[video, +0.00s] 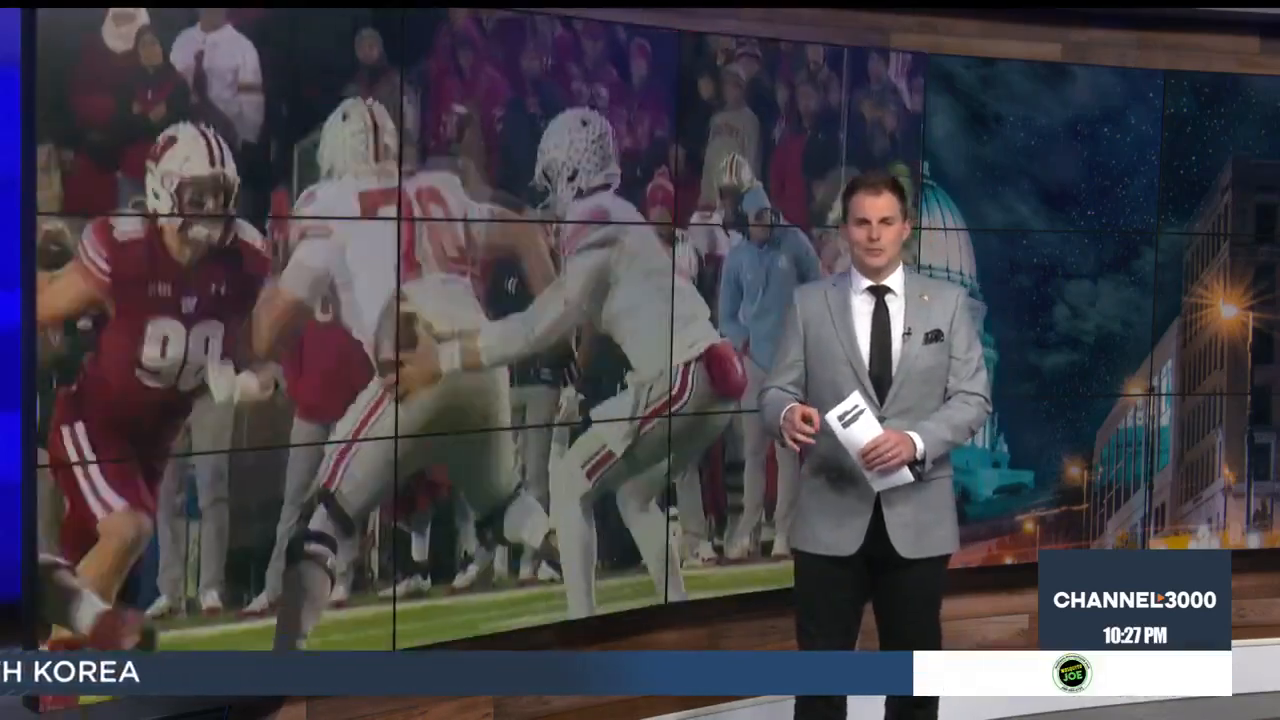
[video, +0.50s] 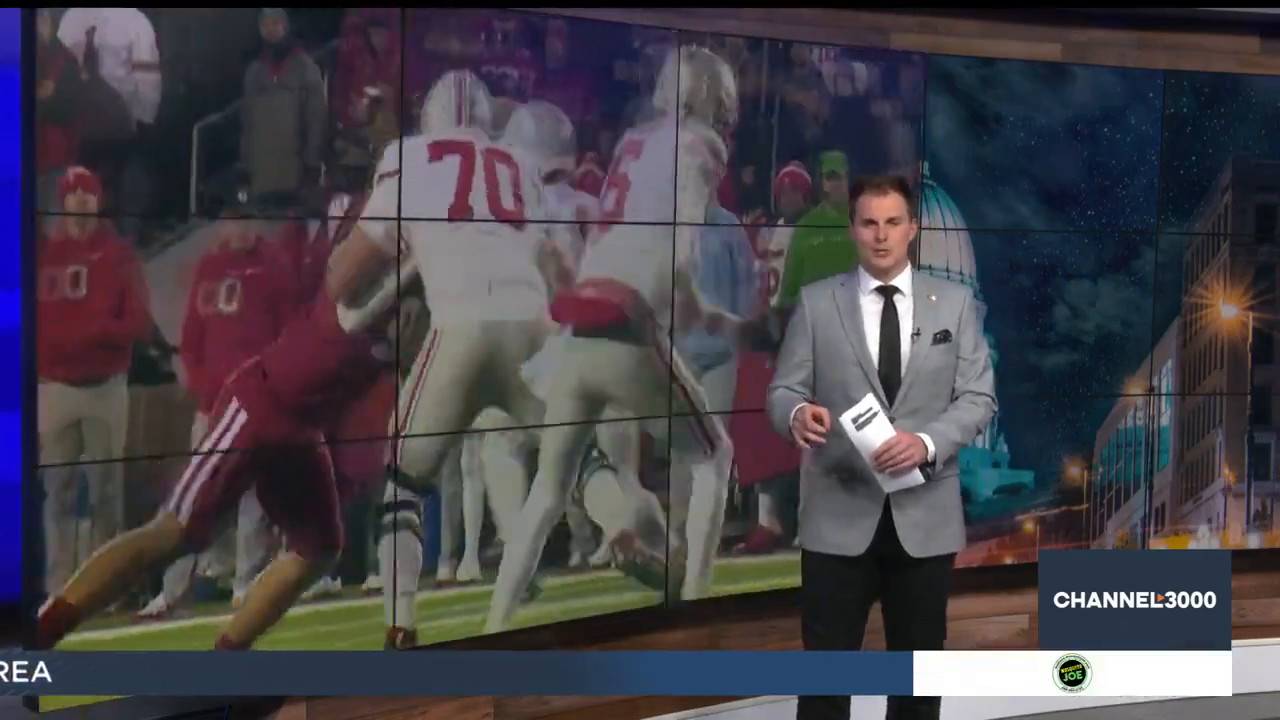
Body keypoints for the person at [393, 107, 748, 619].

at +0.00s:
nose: (546, 194)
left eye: (548, 179)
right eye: (547, 179)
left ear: (559, 173)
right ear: (606, 168)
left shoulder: (597, 225)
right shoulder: (625, 225)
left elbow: (539, 328)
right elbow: (543, 325)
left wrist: (447, 356)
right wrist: (453, 347)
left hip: (675, 380)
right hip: (716, 379)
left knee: (569, 478)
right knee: (635, 496)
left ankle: (579, 616)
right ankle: (678, 607)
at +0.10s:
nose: (548, 189)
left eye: (552, 173)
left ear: (565, 169)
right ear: (611, 164)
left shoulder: (604, 224)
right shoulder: (638, 226)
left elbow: (578, 357)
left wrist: (509, 392)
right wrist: (525, 381)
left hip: (662, 386)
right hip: (700, 388)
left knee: (550, 486)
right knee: (617, 503)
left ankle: (568, 623)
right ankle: (660, 617)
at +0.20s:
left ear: (579, 116)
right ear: (638, 116)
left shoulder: (590, 180)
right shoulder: (663, 181)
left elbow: (583, 296)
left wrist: (547, 351)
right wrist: (570, 337)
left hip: (638, 350)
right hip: (693, 349)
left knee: (538, 479)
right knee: (639, 475)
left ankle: (562, 620)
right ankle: (664, 603)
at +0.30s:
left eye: (634, 49)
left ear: (624, 66)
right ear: (676, 70)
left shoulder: (593, 124)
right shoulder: (704, 129)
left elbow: (570, 248)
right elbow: (713, 236)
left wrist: (599, 302)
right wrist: (700, 294)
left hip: (619, 298)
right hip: (686, 297)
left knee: (556, 465)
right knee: (682, 449)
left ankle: (553, 614)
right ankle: (679, 599)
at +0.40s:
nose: (727, 72)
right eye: (722, 60)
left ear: (657, 63)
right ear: (709, 69)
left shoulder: (608, 109)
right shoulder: (715, 127)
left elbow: (587, 216)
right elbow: (702, 253)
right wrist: (700, 296)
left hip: (598, 315)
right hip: (666, 319)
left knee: (555, 450)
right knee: (703, 440)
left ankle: (529, 611)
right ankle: (716, 589)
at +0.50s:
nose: (729, 113)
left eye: (728, 104)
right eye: (728, 102)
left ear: (665, 92)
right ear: (715, 97)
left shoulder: (632, 141)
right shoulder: (701, 144)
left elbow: (608, 241)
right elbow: (681, 252)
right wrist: (701, 316)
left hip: (575, 347)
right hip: (634, 352)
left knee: (547, 490)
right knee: (712, 454)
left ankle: (495, 625)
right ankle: (692, 599)